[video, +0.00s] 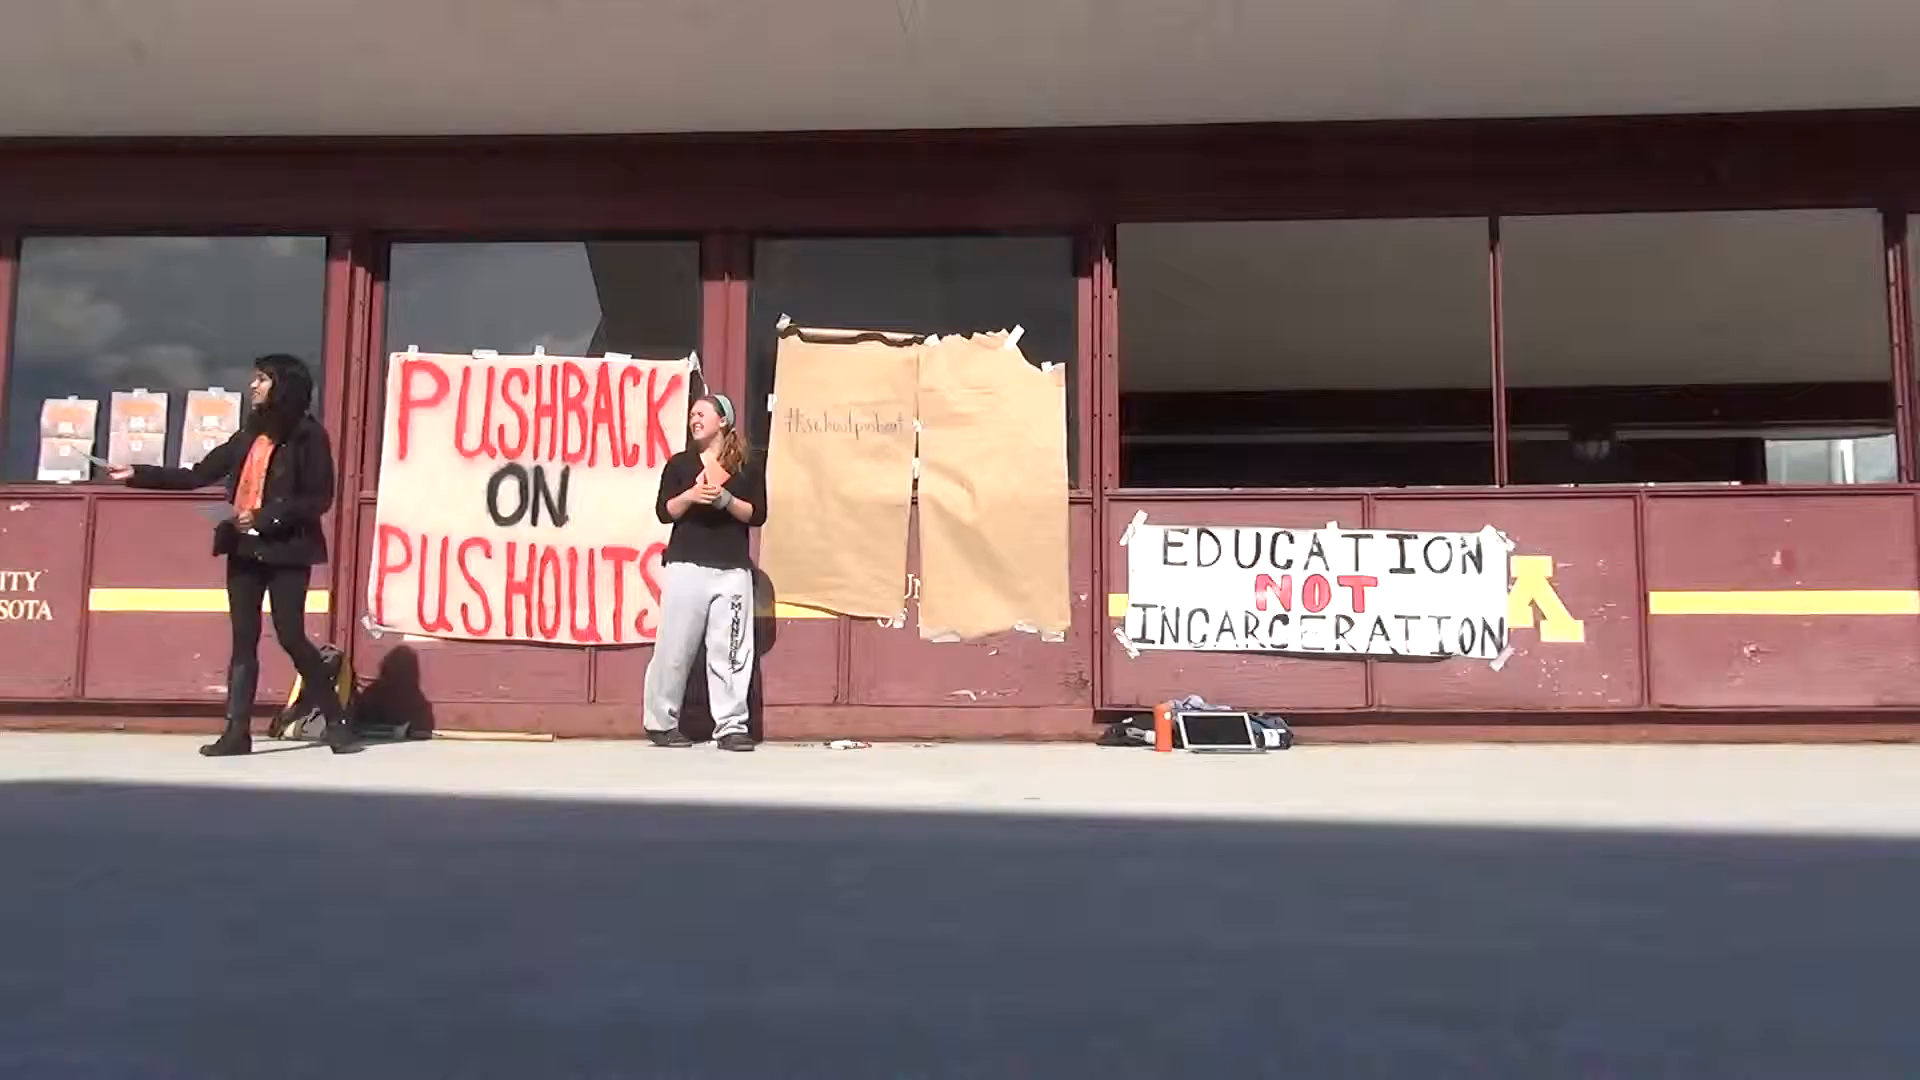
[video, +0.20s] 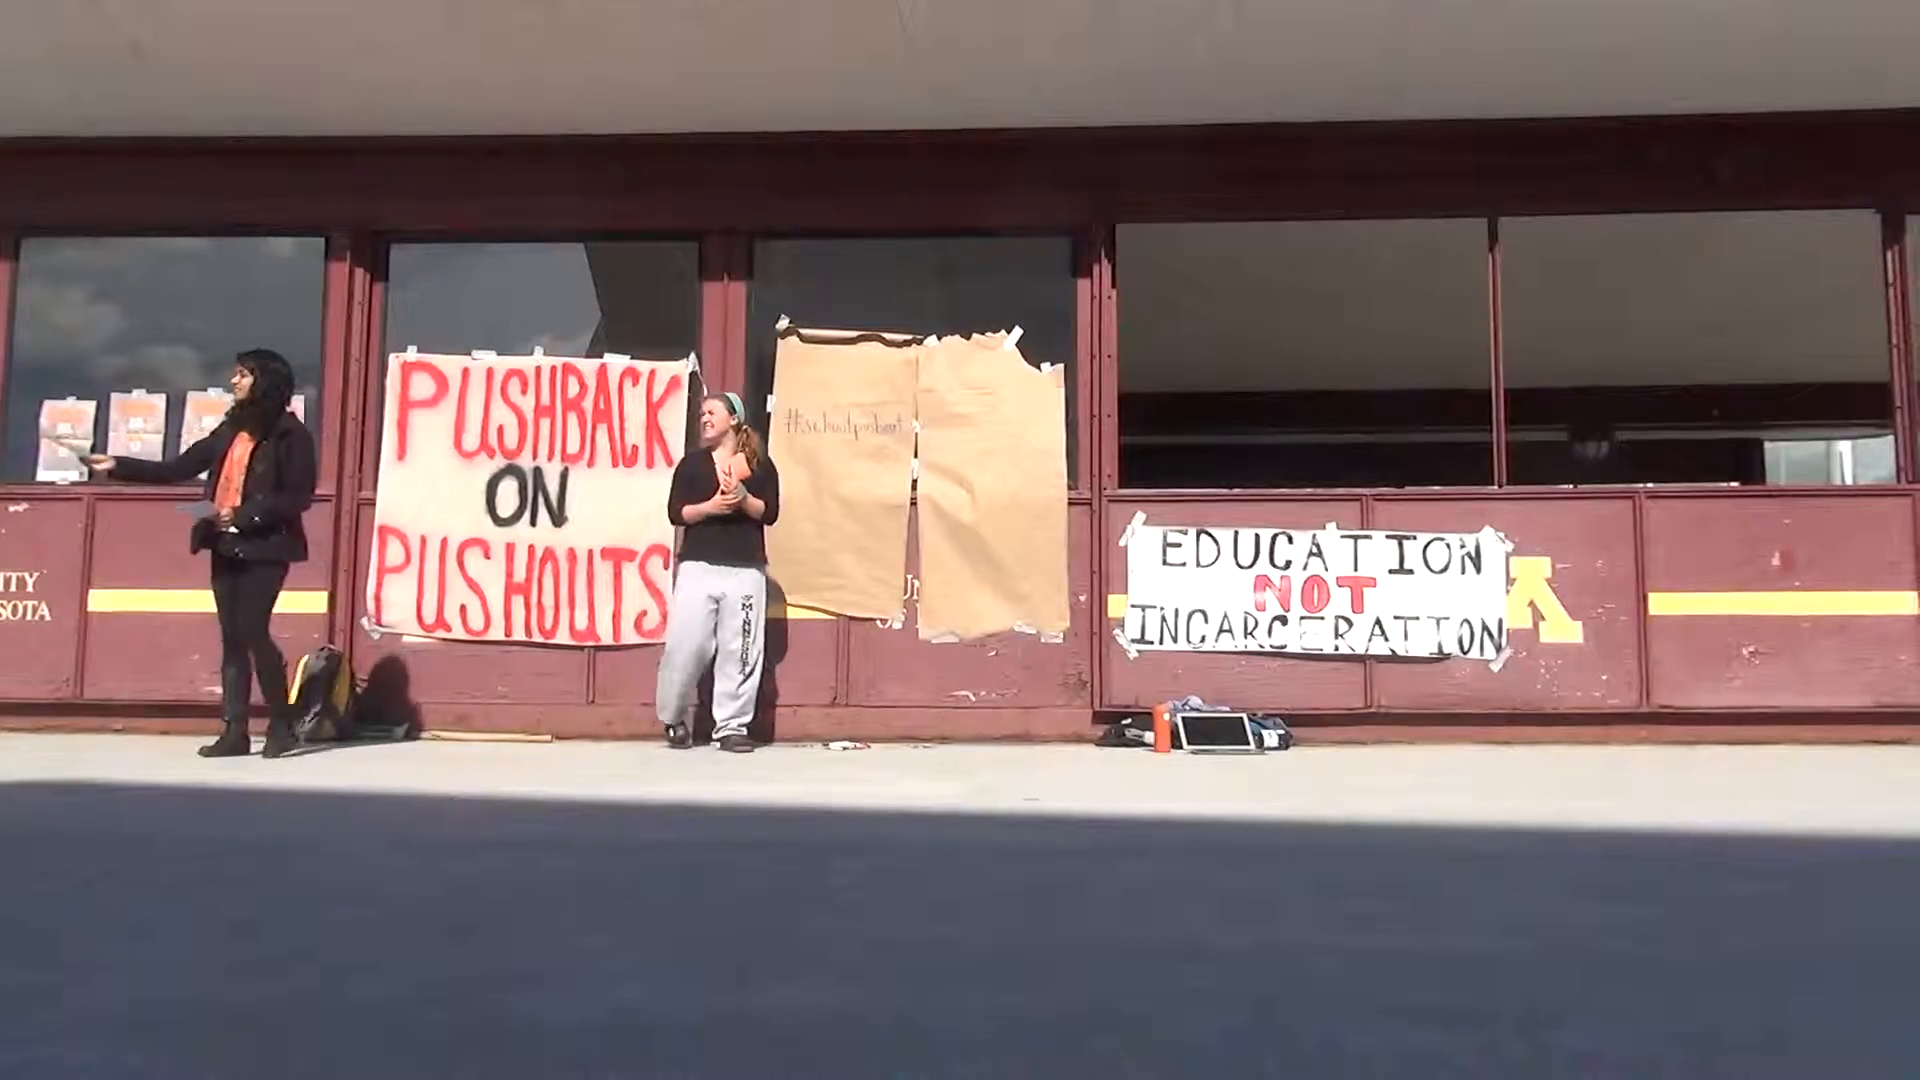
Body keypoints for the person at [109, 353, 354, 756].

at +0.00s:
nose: (252, 386)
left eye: (261, 380)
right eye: (254, 379)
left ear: (284, 387)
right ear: (265, 389)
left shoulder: (310, 435)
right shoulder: (250, 434)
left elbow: (319, 499)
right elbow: (200, 475)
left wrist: (263, 517)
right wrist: (137, 473)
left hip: (289, 552)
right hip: (246, 548)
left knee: (290, 636)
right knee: (244, 640)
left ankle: (336, 719)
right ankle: (237, 733)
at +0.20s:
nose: (233, 380)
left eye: (243, 375)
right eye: (236, 374)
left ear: (266, 383)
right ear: (248, 382)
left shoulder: (292, 434)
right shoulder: (232, 428)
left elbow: (299, 497)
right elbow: (179, 468)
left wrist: (244, 515)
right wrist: (117, 465)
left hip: (268, 548)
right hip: (227, 545)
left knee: (252, 630)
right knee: (232, 636)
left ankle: (281, 721)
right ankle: (235, 732)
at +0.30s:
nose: (226, 378)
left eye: (235, 373)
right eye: (227, 372)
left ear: (258, 381)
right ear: (238, 380)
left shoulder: (286, 432)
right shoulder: (224, 428)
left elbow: (294, 496)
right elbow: (172, 468)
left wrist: (239, 514)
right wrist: (111, 463)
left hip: (262, 547)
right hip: (221, 544)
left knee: (241, 629)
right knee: (230, 633)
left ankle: (243, 732)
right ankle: (234, 729)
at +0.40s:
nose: (219, 378)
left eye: (228, 371)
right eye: (220, 371)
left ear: (250, 378)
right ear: (231, 379)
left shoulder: (278, 430)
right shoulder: (218, 427)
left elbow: (290, 494)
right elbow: (166, 468)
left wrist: (237, 513)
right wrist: (107, 464)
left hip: (257, 544)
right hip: (217, 541)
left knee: (233, 631)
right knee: (228, 634)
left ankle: (217, 726)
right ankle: (233, 732)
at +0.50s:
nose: (214, 377)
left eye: (223, 371)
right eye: (215, 371)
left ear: (245, 379)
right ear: (222, 379)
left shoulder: (273, 430)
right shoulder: (213, 424)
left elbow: (285, 493)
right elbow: (164, 467)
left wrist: (233, 514)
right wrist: (106, 464)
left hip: (252, 544)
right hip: (212, 541)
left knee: (224, 622)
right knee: (224, 628)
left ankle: (199, 722)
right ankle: (236, 733)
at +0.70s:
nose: (208, 377)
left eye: (217, 370)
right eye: (208, 370)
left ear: (241, 377)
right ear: (214, 378)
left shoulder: (265, 428)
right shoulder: (204, 425)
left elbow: (276, 493)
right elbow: (155, 468)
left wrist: (220, 513)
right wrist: (96, 463)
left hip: (239, 544)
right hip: (198, 541)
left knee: (213, 626)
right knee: (217, 630)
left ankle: (191, 735)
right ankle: (235, 734)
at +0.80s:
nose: (204, 372)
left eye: (213, 366)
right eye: (204, 366)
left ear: (238, 372)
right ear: (209, 374)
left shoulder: (260, 425)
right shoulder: (198, 423)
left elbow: (270, 490)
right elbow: (150, 467)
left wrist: (214, 508)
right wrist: (93, 461)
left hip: (233, 540)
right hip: (192, 538)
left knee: (210, 626)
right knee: (212, 629)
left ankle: (191, 735)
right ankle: (234, 729)